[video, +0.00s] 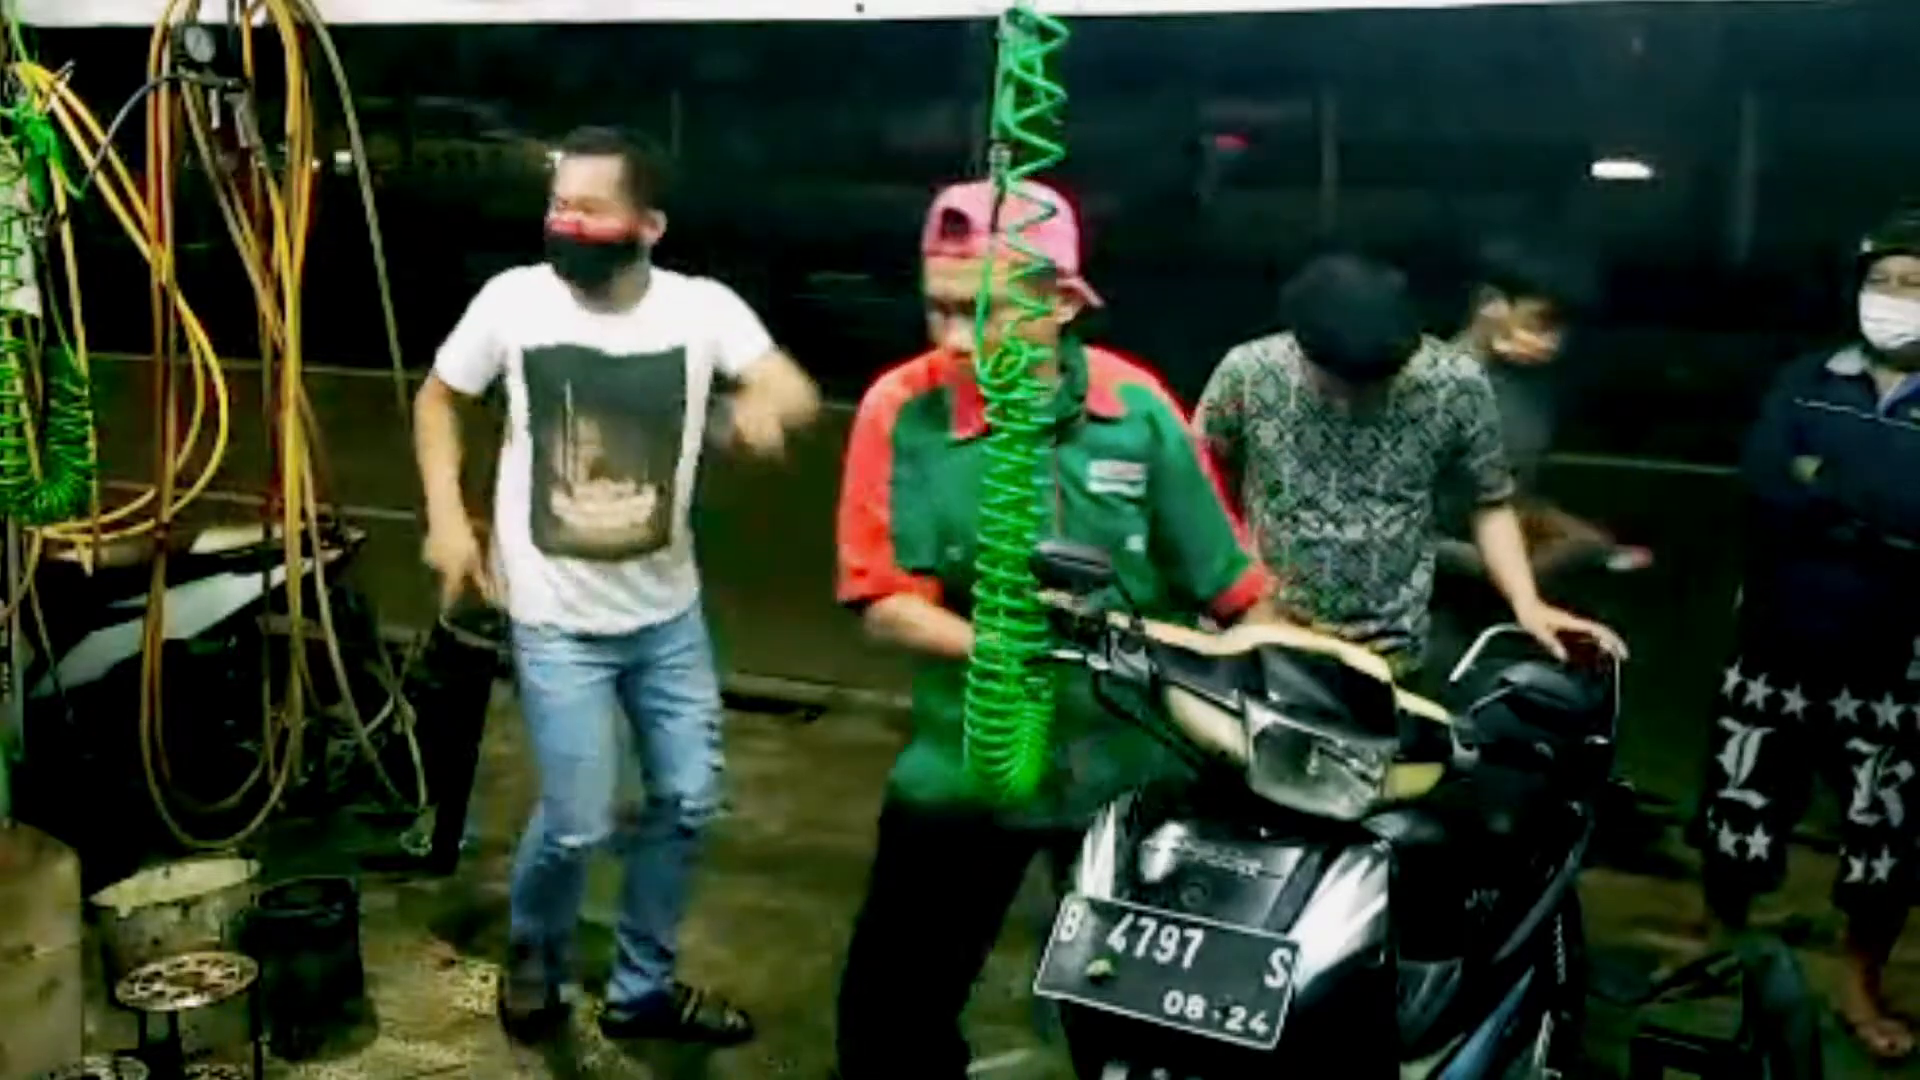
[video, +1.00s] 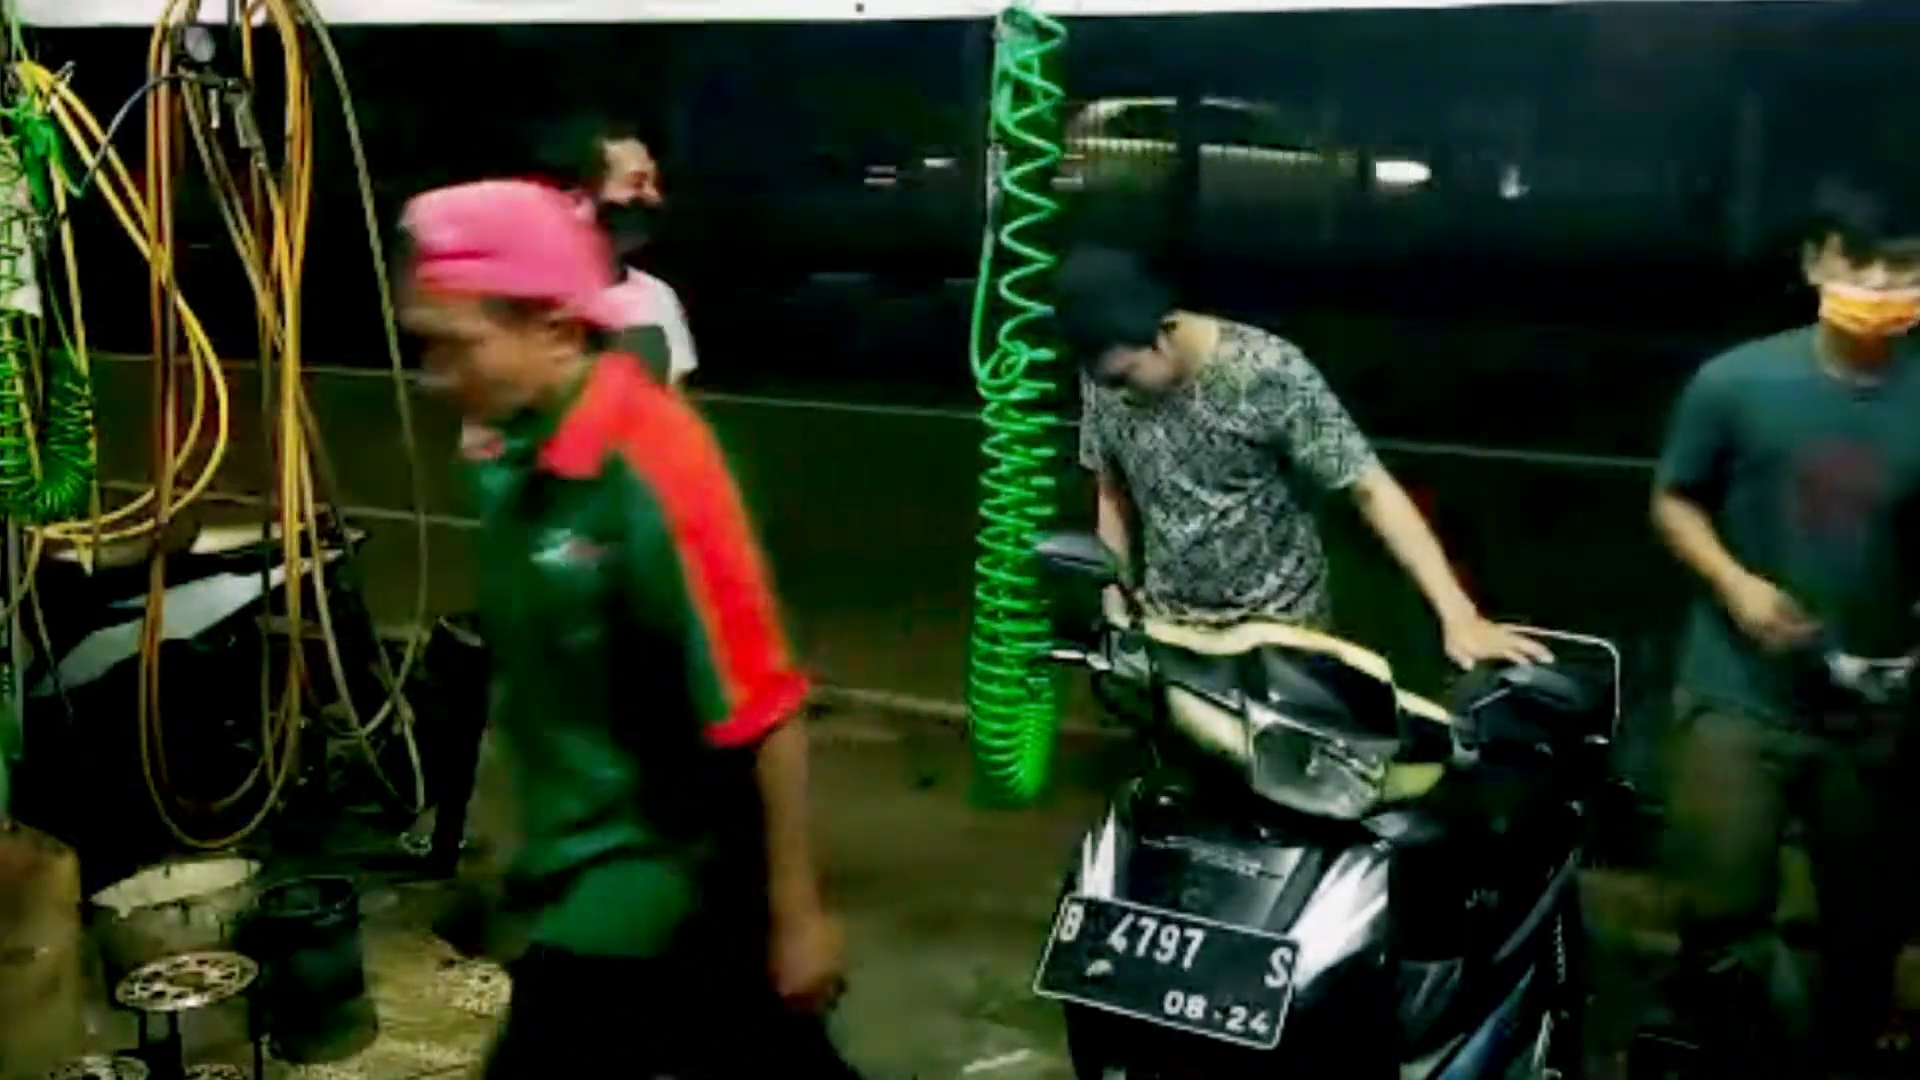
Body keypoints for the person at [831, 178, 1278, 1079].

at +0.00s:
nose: (952, 335)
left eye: (977, 313)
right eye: (941, 310)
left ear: (1059, 306)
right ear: (927, 300)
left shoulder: (1135, 407)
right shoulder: (902, 407)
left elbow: (1241, 596)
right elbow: (885, 604)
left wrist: (1337, 663)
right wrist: (1012, 648)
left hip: (1121, 774)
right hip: (960, 775)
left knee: (1135, 1023)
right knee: (890, 1018)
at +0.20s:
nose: (842, 336)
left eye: (864, 311)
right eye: (829, 312)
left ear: (950, 293)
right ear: (816, 303)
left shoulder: (1054, 404)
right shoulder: (818, 420)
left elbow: (1171, 591)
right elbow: (801, 624)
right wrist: (869, 776)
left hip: (1049, 812)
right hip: (876, 809)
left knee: (1112, 1051)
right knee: (847, 1056)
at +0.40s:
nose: (757, 321)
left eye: (776, 293)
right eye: (746, 296)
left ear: (864, 275)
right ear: (741, 284)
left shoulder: (990, 396)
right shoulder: (750, 411)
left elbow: (1090, 602)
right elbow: (699, 588)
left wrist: (1101, 799)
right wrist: (658, 740)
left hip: (990, 819)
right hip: (826, 820)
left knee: (1039, 1046)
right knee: (844, 1054)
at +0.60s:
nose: (691, 313)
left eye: (713, 286)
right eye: (683, 286)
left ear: (804, 270)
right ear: (672, 272)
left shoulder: (914, 397)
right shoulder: (703, 404)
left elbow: (981, 633)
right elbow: (651, 581)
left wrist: (915, 798)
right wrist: (536, 714)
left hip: (890, 821)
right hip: (767, 817)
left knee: (873, 1060)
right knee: (792, 1055)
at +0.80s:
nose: (613, 331)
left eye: (631, 303)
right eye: (607, 304)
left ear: (725, 285)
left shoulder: (818, 409)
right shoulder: (654, 404)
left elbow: (882, 661)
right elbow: (643, 599)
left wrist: (858, 854)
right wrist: (566, 759)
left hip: (799, 805)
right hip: (703, 803)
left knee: (671, 1053)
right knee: (845, 1061)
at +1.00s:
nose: (434, 377)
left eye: (451, 345)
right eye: (425, 348)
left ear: (548, 326)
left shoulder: (656, 451)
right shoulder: (521, 443)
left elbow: (767, 701)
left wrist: (798, 908)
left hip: (667, 891)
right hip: (571, 871)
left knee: (538, 1071)